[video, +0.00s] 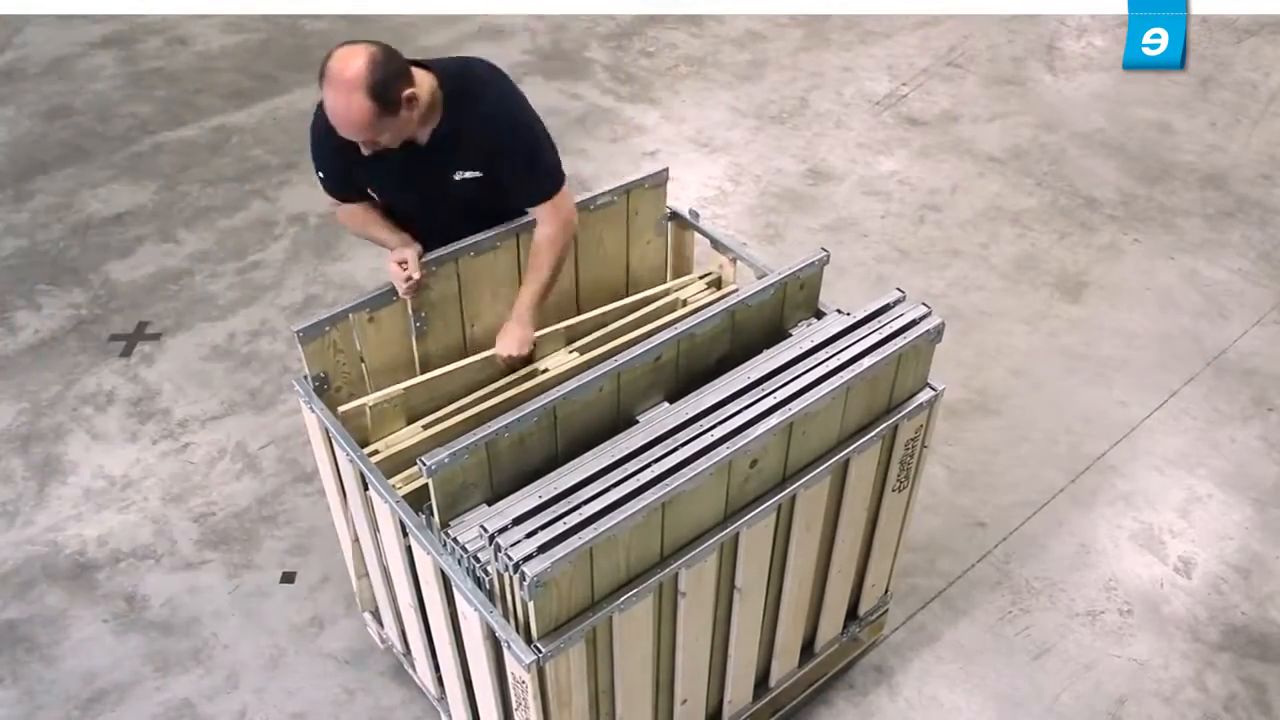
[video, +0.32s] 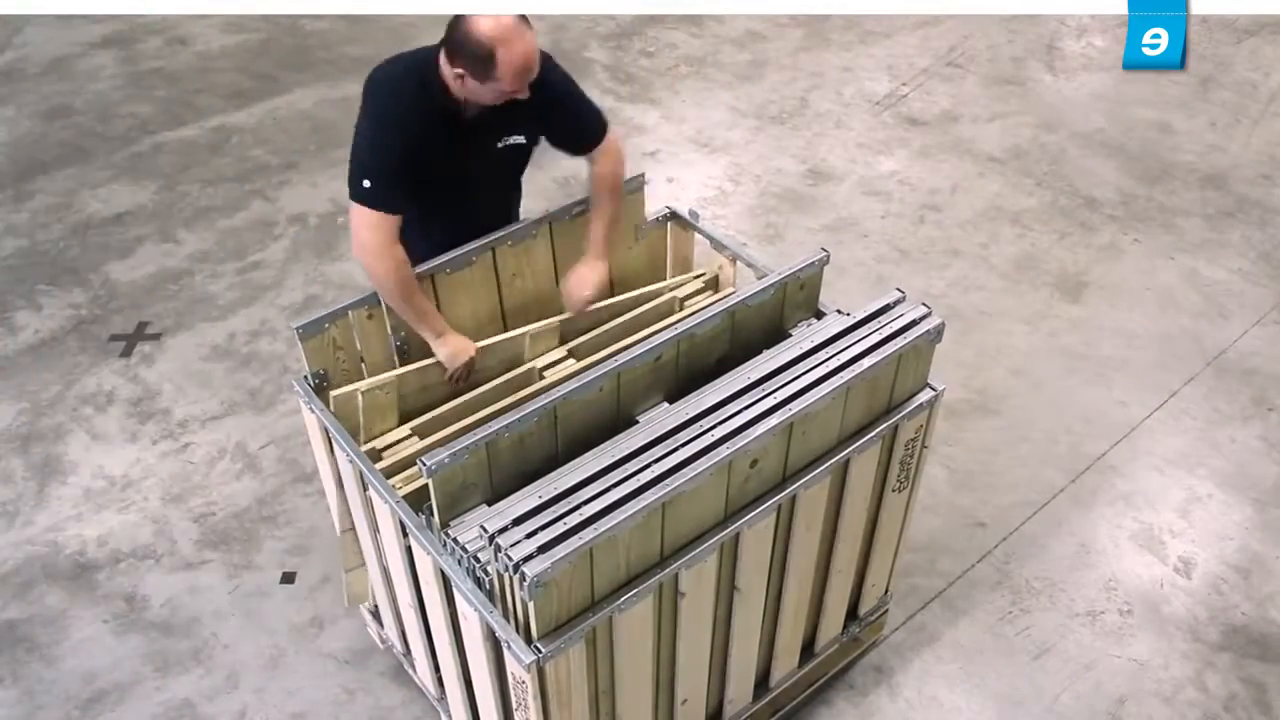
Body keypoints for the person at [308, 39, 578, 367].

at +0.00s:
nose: (366, 152)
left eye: (373, 141)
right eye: (355, 141)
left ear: (410, 102)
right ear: (336, 111)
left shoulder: (487, 97)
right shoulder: (333, 127)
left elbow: (558, 215)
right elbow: (346, 202)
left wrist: (523, 317)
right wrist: (399, 243)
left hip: (515, 261)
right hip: (433, 280)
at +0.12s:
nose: (371, 122)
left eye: (377, 111)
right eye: (360, 111)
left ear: (414, 73)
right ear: (345, 83)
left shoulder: (497, 85)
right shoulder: (350, 88)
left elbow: (582, 197)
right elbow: (346, 188)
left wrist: (532, 302)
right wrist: (421, 215)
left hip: (510, 255)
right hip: (424, 260)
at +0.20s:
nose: (415, 89)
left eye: (424, 76)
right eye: (404, 77)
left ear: (467, 46)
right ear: (389, 54)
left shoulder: (522, 79)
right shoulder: (372, 70)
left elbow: (575, 200)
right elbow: (334, 161)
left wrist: (526, 302)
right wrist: (392, 223)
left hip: (512, 261)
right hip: (427, 266)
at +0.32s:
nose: (524, 96)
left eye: (529, 81)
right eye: (509, 90)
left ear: (531, 54)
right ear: (459, 76)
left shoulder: (534, 76)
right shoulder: (394, 93)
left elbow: (606, 150)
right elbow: (372, 245)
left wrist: (596, 258)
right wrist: (440, 336)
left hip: (501, 263)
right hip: (420, 276)